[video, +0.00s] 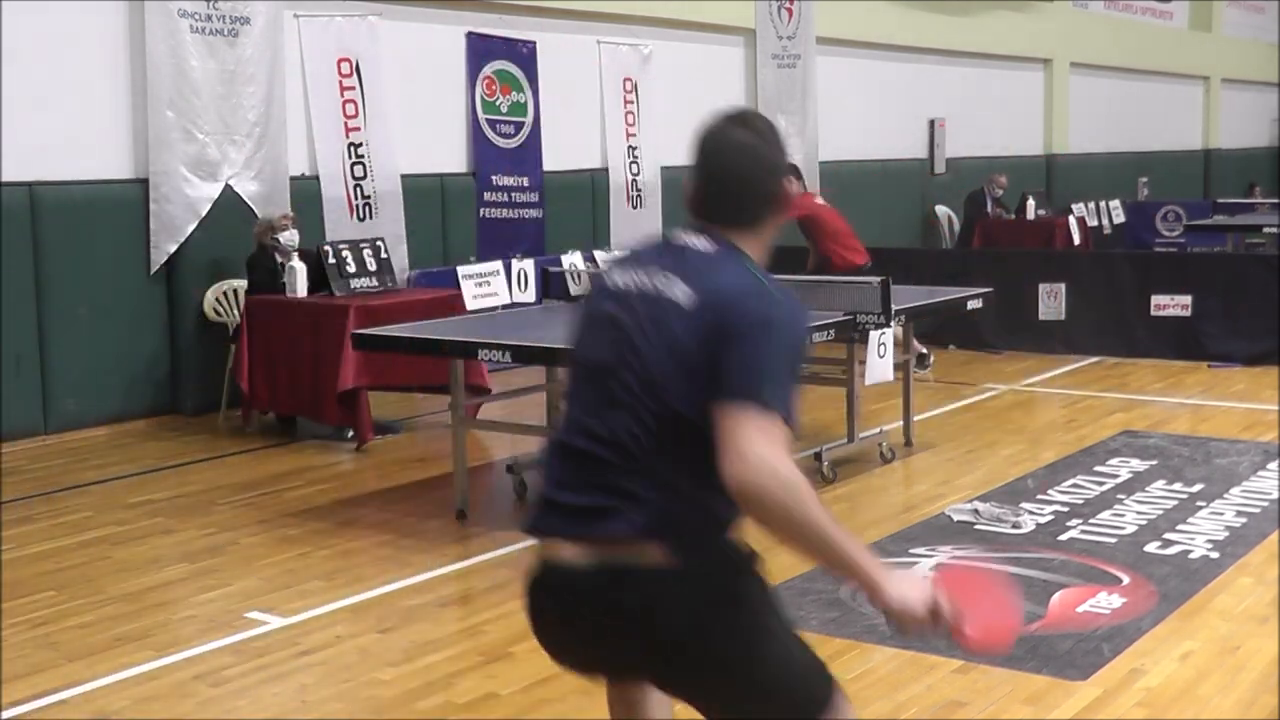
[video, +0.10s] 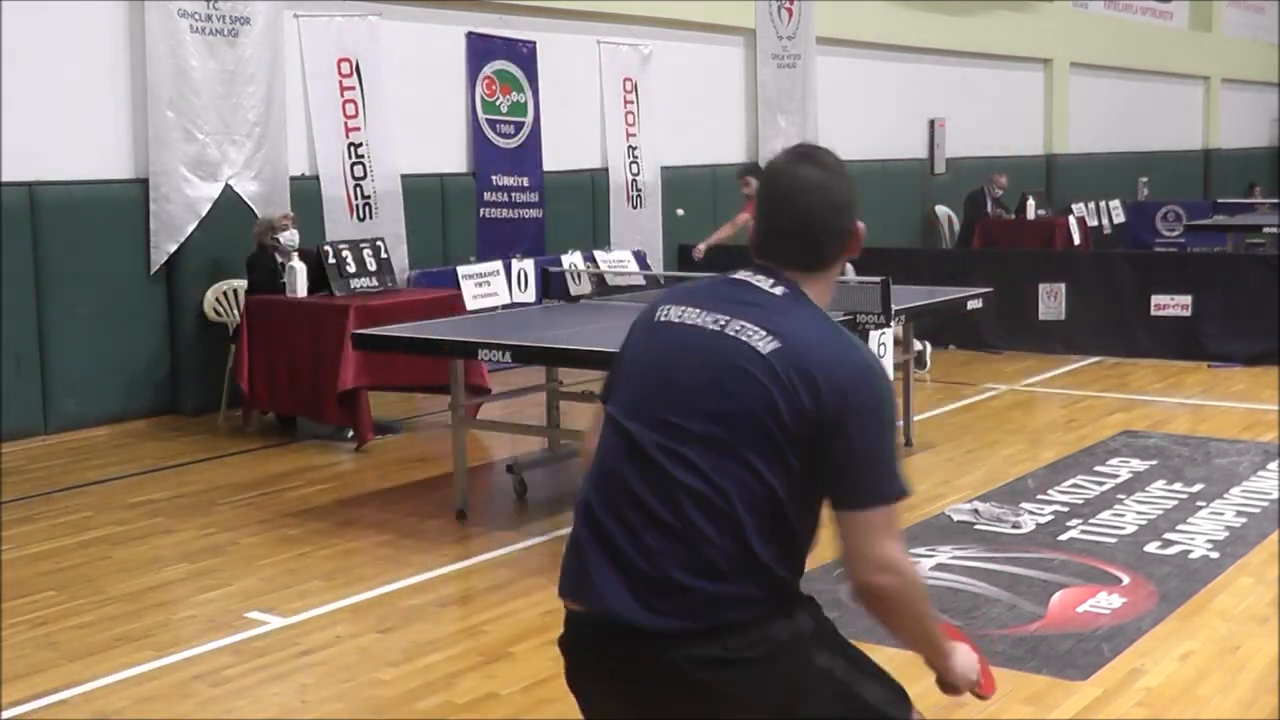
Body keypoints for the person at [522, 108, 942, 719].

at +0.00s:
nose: (796, 193)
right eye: (792, 181)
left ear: (692, 195)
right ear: (783, 201)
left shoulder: (619, 274)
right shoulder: (756, 302)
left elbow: (588, 417)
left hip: (560, 593)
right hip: (675, 595)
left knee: (633, 663)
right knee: (822, 707)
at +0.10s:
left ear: (752, 223)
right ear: (854, 242)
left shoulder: (667, 307)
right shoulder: (844, 369)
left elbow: (599, 454)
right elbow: (875, 570)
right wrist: (943, 654)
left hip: (601, 640)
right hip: (737, 646)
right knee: (887, 708)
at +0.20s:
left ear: (750, 207)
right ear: (856, 227)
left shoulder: (657, 292)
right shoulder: (848, 360)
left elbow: (554, 418)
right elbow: (904, 552)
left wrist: (620, 494)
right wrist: (958, 608)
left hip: (597, 632)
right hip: (738, 643)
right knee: (887, 711)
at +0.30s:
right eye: (816, 148)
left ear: (711, 147)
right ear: (812, 160)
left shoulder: (607, 228)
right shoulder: (808, 285)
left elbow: (484, 333)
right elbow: (867, 482)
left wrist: (491, 422)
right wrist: (944, 544)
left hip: (554, 578)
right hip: (705, 593)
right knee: (804, 709)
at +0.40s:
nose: (783, 146)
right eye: (785, 135)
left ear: (677, 129)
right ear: (779, 142)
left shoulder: (581, 208)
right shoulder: (798, 256)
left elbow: (464, 336)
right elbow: (847, 454)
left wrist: (450, 441)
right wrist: (918, 535)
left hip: (515, 550)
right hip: (669, 565)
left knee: (519, 710)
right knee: (788, 707)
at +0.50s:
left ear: (619, 172)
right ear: (721, 183)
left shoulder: (530, 252)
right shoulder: (754, 282)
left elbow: (443, 417)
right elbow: (818, 474)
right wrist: (880, 546)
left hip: (471, 598)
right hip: (632, 616)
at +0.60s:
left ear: (570, 198)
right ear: (667, 211)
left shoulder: (482, 279)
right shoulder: (702, 312)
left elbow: (374, 433)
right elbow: (776, 498)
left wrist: (357, 501)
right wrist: (804, 573)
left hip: (425, 631)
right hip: (598, 638)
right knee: (709, 712)